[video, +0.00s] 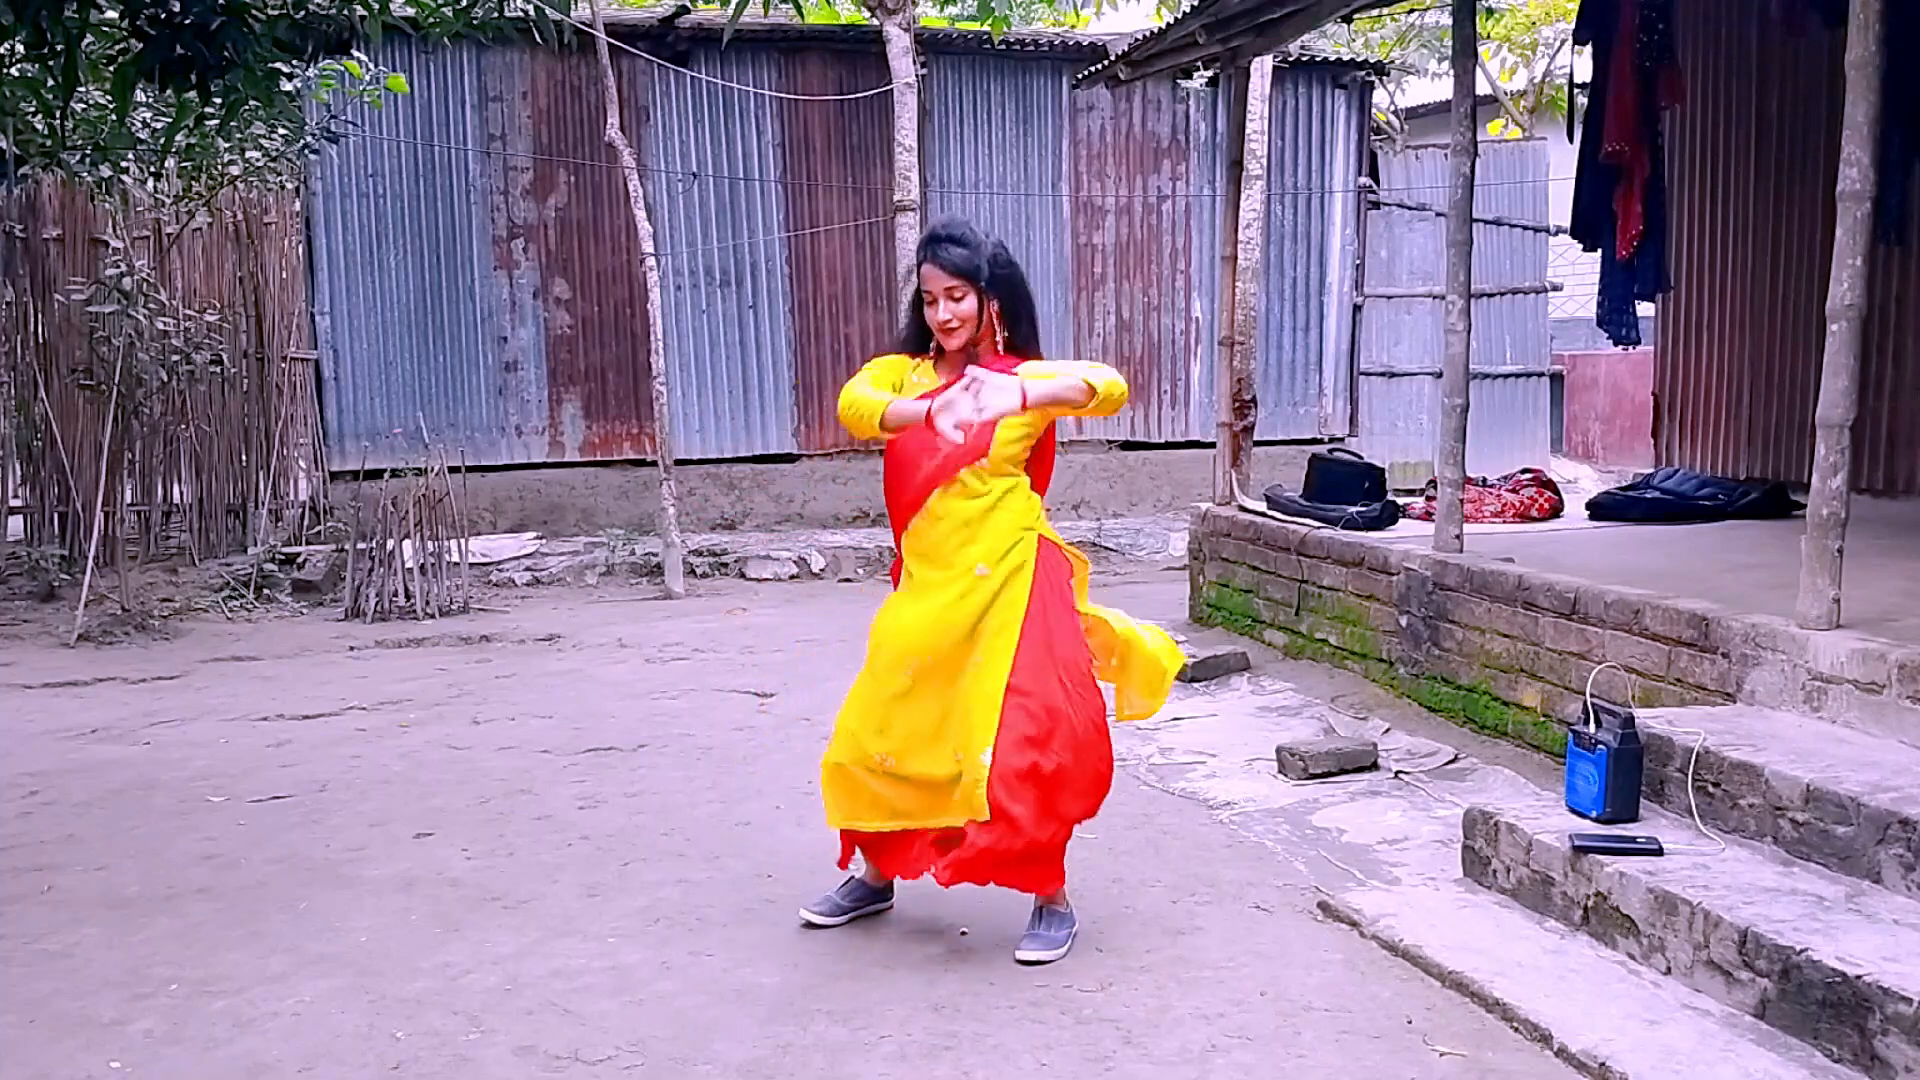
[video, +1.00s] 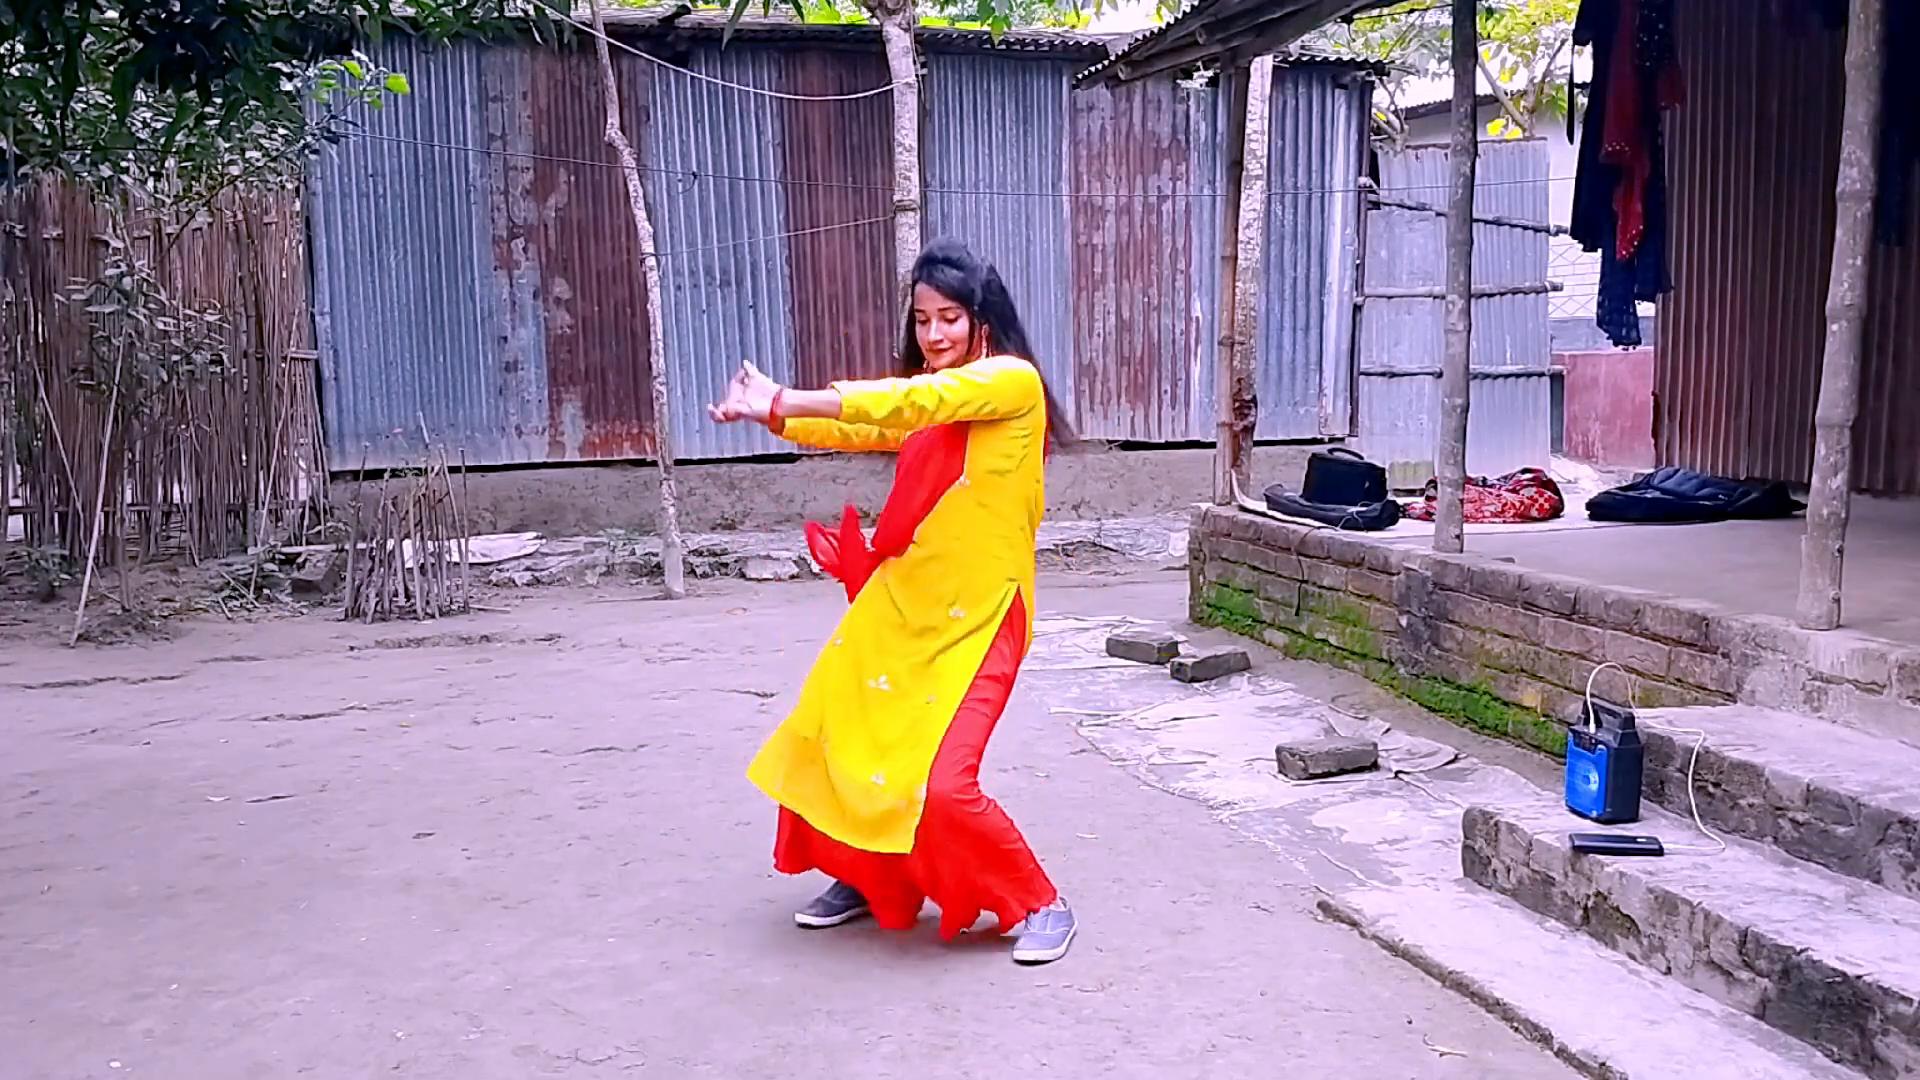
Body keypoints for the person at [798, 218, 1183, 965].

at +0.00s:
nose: (943, 314)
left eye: (956, 297)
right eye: (930, 300)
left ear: (991, 299)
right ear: (919, 306)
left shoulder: (1026, 376)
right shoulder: (904, 372)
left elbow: (1109, 388)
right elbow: (854, 404)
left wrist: (1019, 394)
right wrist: (928, 409)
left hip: (1015, 577)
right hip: (926, 582)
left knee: (1032, 733)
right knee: (870, 727)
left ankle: (1051, 900)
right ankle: (873, 876)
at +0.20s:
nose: (950, 326)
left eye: (963, 307)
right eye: (936, 313)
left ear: (996, 305)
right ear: (925, 316)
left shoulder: (1020, 388)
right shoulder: (903, 370)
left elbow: (1047, 419)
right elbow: (900, 374)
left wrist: (1024, 387)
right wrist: (954, 372)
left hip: (995, 572)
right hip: (906, 575)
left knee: (1023, 731)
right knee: (863, 722)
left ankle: (1040, 906)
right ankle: (866, 876)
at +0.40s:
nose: (930, 299)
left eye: (944, 280)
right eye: (916, 286)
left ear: (981, 278)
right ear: (906, 291)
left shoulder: (1018, 362)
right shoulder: (881, 349)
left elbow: (1017, 404)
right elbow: (858, 396)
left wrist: (995, 436)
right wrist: (887, 440)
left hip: (966, 569)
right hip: (873, 563)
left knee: (976, 732)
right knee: (853, 716)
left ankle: (1049, 898)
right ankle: (868, 876)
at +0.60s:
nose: (916, 301)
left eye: (928, 283)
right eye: (900, 287)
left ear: (957, 286)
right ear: (887, 296)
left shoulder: (992, 378)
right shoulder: (862, 350)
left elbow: (1012, 424)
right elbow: (877, 402)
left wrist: (1004, 443)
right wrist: (918, 437)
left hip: (967, 569)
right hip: (877, 574)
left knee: (996, 729)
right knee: (837, 723)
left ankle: (1049, 896)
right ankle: (861, 882)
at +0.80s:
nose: (913, 288)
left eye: (927, 270)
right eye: (900, 274)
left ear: (961, 270)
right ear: (889, 281)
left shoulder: (1014, 349)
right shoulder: (877, 360)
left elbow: (1017, 420)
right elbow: (775, 404)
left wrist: (893, 435)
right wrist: (796, 441)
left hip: (944, 581)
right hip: (852, 576)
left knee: (956, 748)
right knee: (837, 726)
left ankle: (1041, 901)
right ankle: (864, 875)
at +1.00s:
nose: (935, 334)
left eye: (949, 318)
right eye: (924, 321)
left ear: (983, 320)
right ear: (913, 324)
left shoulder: (1016, 381)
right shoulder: (923, 402)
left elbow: (920, 399)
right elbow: (855, 428)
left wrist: (789, 401)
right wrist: (771, 413)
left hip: (986, 612)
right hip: (906, 604)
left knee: (944, 782)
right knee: (835, 733)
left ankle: (1041, 905)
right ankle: (866, 875)